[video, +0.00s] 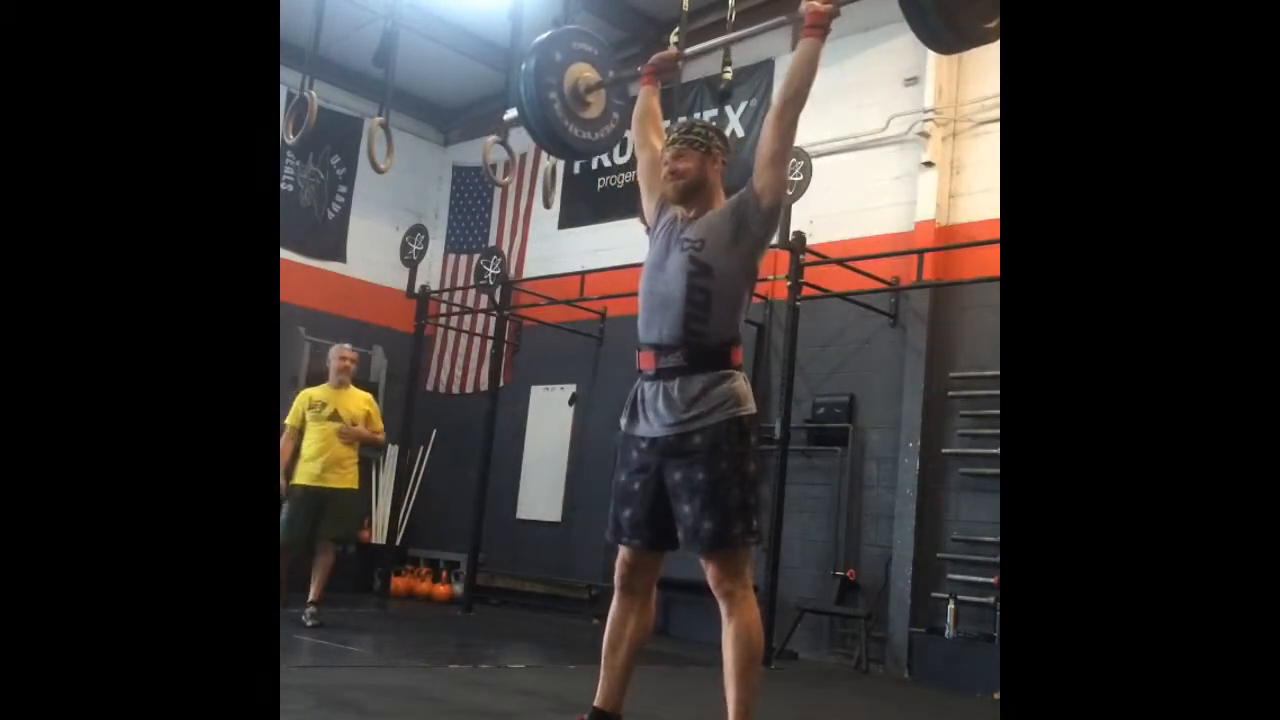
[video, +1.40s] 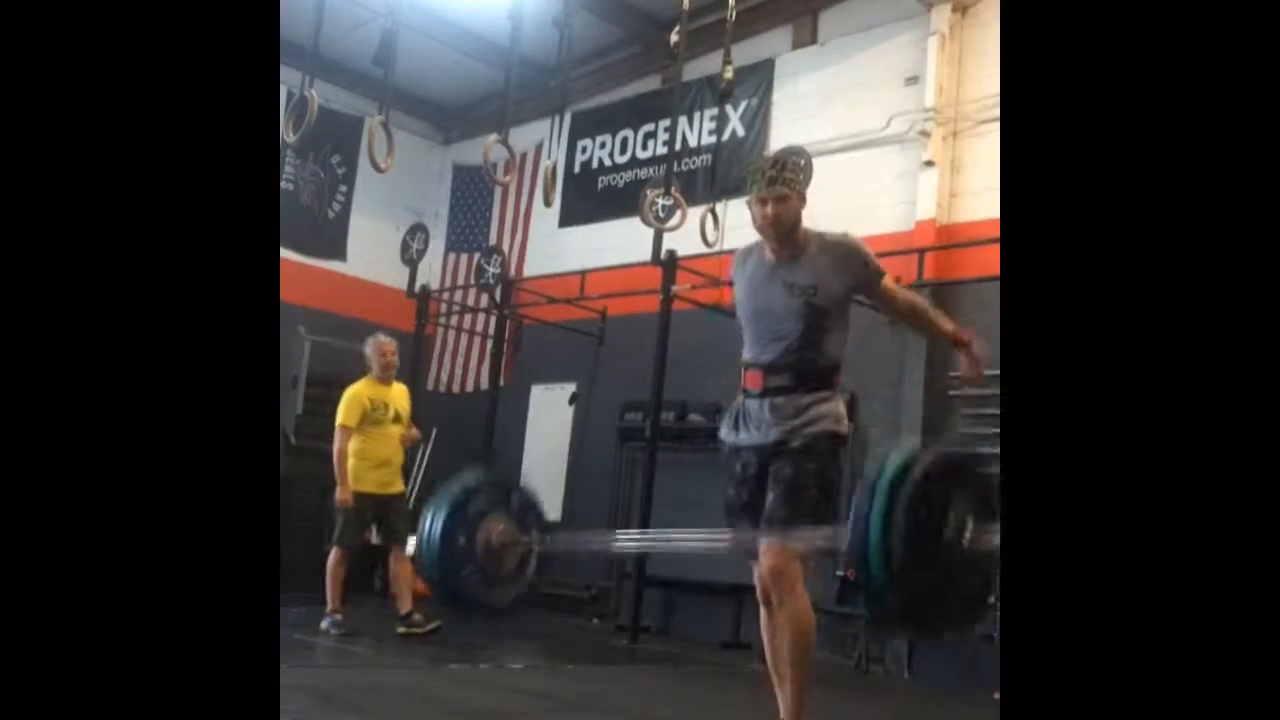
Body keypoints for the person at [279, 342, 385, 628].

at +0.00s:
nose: (347, 364)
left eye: (351, 361)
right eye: (342, 359)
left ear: (356, 367)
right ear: (329, 363)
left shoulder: (366, 401)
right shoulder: (307, 396)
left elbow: (381, 438)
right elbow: (290, 436)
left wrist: (361, 435)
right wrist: (282, 473)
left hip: (342, 488)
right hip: (304, 483)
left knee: (327, 545)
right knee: (286, 542)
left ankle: (312, 604)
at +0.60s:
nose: (361, 362)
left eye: (365, 358)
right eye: (355, 358)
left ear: (370, 364)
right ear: (343, 363)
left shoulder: (377, 400)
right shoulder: (326, 395)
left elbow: (385, 436)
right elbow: (306, 437)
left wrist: (384, 438)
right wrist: (303, 480)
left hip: (361, 486)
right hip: (330, 482)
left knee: (341, 547)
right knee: (329, 544)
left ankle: (314, 604)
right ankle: (327, 610)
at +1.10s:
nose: (369, 357)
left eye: (373, 352)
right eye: (362, 354)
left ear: (379, 356)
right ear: (351, 360)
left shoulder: (388, 390)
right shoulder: (341, 393)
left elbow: (392, 427)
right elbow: (327, 441)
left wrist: (401, 431)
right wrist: (337, 481)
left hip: (377, 486)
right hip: (347, 485)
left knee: (376, 545)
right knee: (337, 547)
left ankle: (337, 594)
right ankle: (330, 612)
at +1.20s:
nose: (374, 358)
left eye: (378, 353)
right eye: (368, 354)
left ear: (384, 356)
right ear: (356, 360)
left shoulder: (391, 390)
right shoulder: (345, 394)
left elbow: (395, 426)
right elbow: (331, 443)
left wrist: (404, 432)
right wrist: (338, 485)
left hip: (384, 487)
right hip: (352, 487)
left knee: (388, 544)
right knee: (338, 548)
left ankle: (359, 603)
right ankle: (331, 612)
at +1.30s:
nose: (381, 359)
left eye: (385, 354)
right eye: (375, 354)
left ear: (390, 357)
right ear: (362, 359)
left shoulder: (395, 390)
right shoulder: (350, 393)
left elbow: (397, 424)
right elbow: (335, 441)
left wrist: (408, 431)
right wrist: (339, 485)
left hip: (388, 487)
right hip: (354, 486)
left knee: (395, 544)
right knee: (339, 548)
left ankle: (381, 612)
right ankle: (331, 613)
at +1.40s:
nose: (389, 360)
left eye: (393, 354)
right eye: (383, 355)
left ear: (398, 358)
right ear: (370, 359)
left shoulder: (402, 392)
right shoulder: (356, 393)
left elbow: (402, 429)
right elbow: (340, 442)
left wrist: (412, 435)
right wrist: (342, 485)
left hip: (393, 486)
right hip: (359, 487)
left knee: (399, 548)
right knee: (342, 550)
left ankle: (407, 612)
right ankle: (333, 612)